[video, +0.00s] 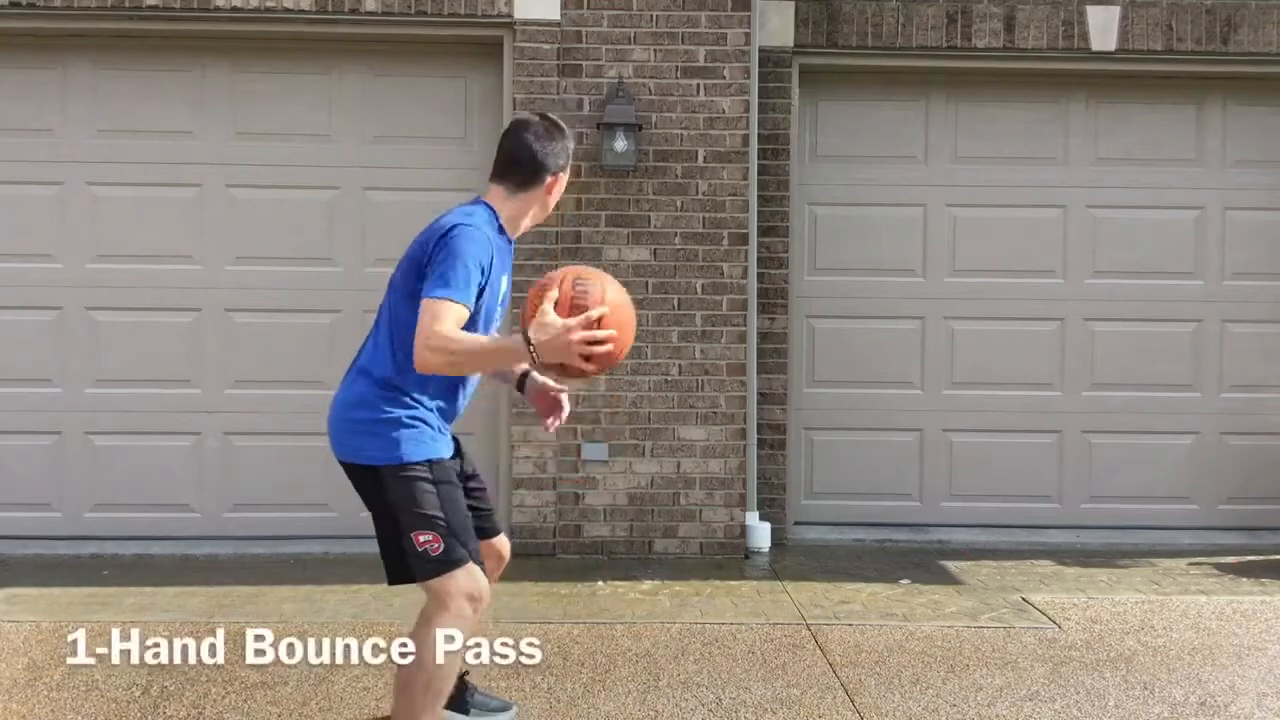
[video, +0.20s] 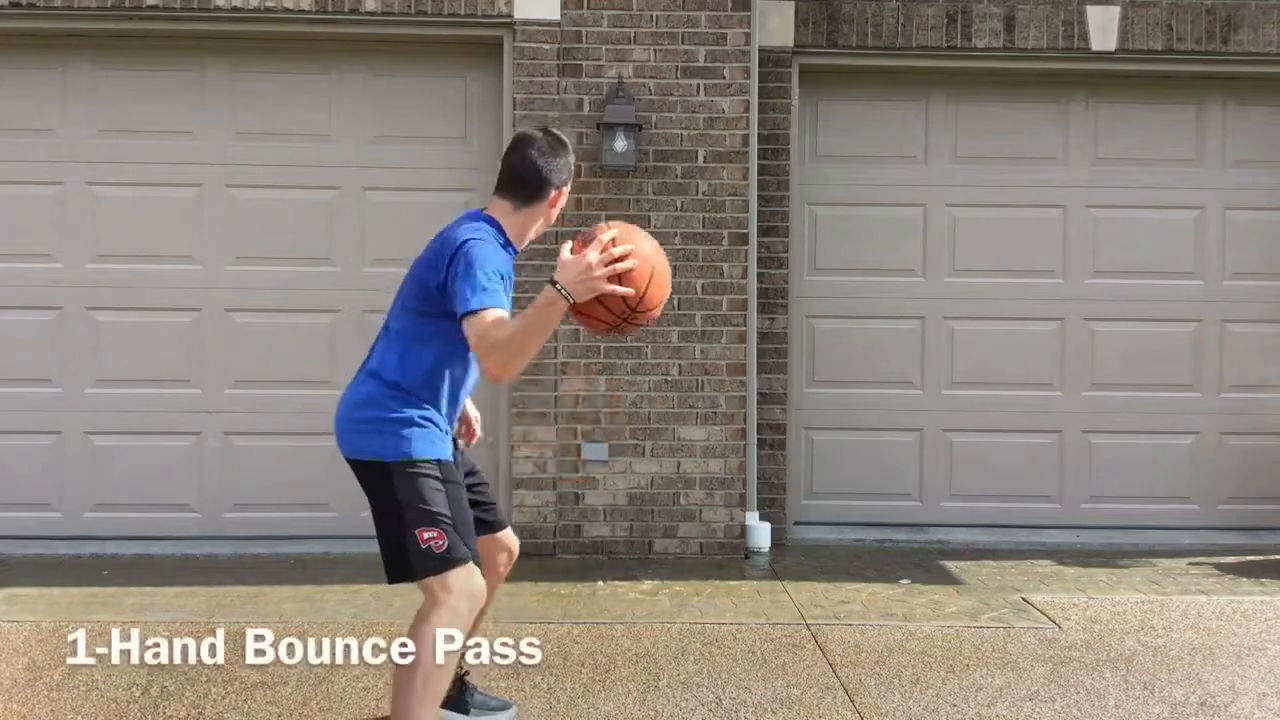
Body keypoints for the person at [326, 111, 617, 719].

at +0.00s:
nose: (561, 196)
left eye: (565, 184)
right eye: (566, 183)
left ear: (498, 168)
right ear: (554, 185)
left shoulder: (494, 246)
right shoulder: (467, 237)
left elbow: (474, 340)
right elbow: (431, 347)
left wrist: (524, 376)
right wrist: (529, 346)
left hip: (425, 424)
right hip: (387, 425)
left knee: (490, 552)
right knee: (460, 595)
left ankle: (443, 682)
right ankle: (409, 712)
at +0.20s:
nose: (564, 203)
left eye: (565, 193)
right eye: (567, 192)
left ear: (501, 178)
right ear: (557, 196)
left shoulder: (482, 240)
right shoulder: (477, 246)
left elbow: (424, 329)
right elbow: (499, 361)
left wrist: (454, 396)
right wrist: (562, 289)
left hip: (427, 424)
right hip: (394, 426)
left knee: (498, 549)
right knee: (458, 587)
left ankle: (441, 683)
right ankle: (409, 711)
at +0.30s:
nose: (559, 209)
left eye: (561, 198)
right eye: (562, 198)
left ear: (497, 181)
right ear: (552, 201)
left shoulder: (459, 233)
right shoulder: (494, 264)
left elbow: (398, 321)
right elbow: (533, 393)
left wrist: (444, 395)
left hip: (414, 424)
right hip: (397, 432)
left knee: (496, 545)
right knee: (458, 594)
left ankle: (442, 682)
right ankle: (410, 711)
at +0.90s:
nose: (547, 177)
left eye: (543, 168)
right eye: (546, 169)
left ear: (479, 172)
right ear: (538, 178)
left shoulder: (439, 229)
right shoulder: (523, 249)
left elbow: (377, 328)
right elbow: (575, 360)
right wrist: (613, 330)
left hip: (383, 420)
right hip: (424, 426)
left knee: (501, 542)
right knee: (485, 594)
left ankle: (431, 691)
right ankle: (439, 711)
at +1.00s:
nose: (544, 166)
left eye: (541, 156)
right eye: (543, 157)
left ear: (477, 160)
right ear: (533, 165)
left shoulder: (440, 220)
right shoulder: (522, 235)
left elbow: (383, 319)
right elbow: (614, 313)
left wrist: (449, 406)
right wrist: (659, 256)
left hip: (387, 416)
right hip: (425, 425)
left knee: (494, 542)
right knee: (483, 593)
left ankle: (431, 693)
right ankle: (436, 712)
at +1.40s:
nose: (573, 192)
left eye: (571, 181)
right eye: (574, 181)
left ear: (509, 173)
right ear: (566, 187)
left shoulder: (484, 230)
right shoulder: (499, 245)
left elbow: (404, 283)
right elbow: (576, 345)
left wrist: (405, 363)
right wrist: (648, 278)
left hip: (440, 425)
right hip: (418, 426)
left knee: (513, 551)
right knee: (475, 591)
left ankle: (430, 689)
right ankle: (432, 710)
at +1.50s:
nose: (581, 209)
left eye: (583, 197)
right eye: (582, 198)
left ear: (516, 187)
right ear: (570, 206)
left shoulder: (482, 233)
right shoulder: (515, 275)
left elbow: (405, 288)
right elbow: (551, 403)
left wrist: (421, 361)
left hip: (439, 430)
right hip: (422, 436)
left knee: (520, 552)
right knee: (480, 594)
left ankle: (431, 688)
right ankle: (433, 711)